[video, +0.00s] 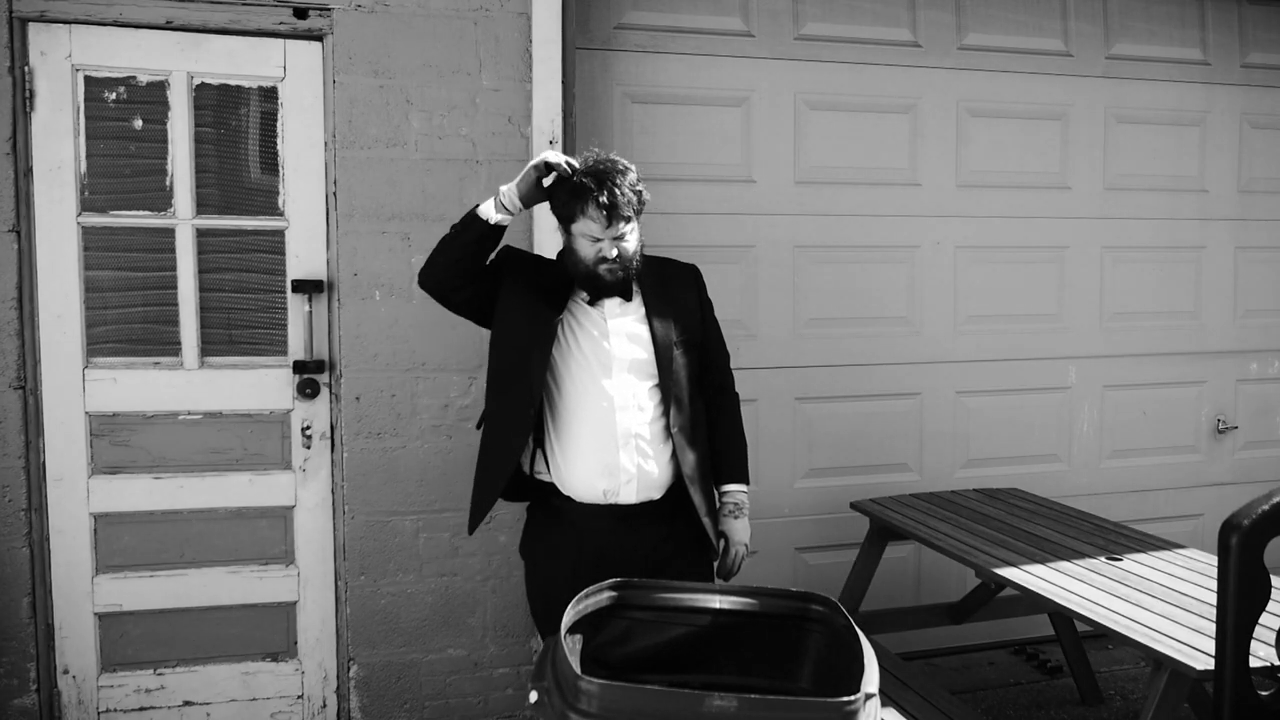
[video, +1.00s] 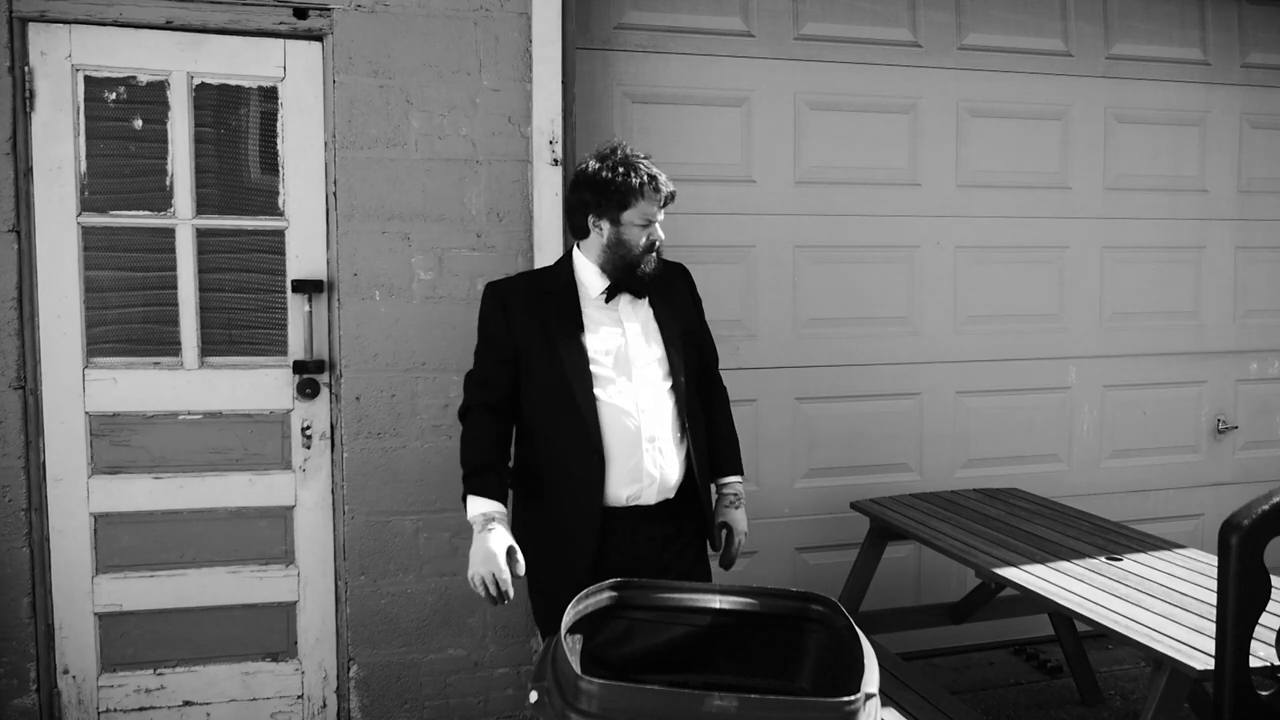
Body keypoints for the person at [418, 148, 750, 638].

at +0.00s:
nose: (611, 252)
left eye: (622, 235)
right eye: (594, 239)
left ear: (639, 223)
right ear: (565, 235)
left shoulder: (680, 287)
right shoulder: (526, 287)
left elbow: (719, 395)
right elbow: (441, 278)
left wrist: (734, 502)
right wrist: (510, 202)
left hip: (671, 528)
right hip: (566, 532)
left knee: (676, 696)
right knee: (576, 694)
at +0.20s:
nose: (637, 246)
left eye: (643, 228)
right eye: (619, 232)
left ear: (652, 221)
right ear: (578, 229)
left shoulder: (682, 288)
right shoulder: (519, 295)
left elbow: (719, 397)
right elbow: (435, 363)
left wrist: (734, 504)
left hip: (670, 527)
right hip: (566, 532)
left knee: (676, 694)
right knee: (577, 693)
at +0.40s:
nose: (650, 243)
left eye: (653, 227)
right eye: (634, 229)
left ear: (659, 221)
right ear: (585, 229)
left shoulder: (679, 287)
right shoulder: (515, 303)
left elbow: (715, 394)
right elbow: (485, 409)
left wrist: (733, 500)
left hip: (671, 532)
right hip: (567, 539)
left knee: (678, 699)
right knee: (580, 707)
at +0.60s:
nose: (654, 243)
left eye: (656, 227)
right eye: (640, 230)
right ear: (593, 228)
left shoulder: (674, 285)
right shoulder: (512, 303)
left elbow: (710, 388)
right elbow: (489, 412)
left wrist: (730, 493)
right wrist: (510, 523)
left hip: (674, 528)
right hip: (577, 535)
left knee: (680, 691)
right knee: (583, 694)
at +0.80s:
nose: (658, 240)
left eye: (659, 225)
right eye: (645, 227)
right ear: (597, 227)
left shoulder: (672, 286)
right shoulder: (513, 304)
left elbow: (708, 389)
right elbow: (484, 419)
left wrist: (728, 493)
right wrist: (479, 532)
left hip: (674, 530)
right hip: (575, 538)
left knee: (683, 698)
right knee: (587, 707)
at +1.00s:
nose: (659, 238)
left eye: (660, 223)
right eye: (646, 225)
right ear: (598, 225)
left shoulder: (672, 285)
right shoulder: (515, 303)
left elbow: (707, 387)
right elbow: (486, 414)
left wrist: (729, 491)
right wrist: (488, 522)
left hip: (674, 530)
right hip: (577, 538)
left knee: (684, 699)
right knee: (588, 707)